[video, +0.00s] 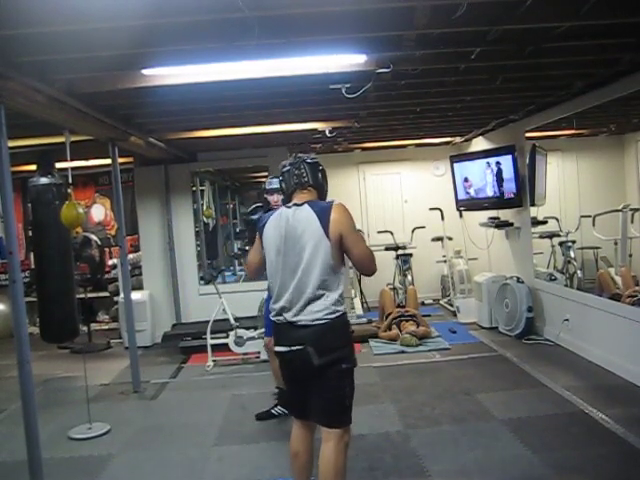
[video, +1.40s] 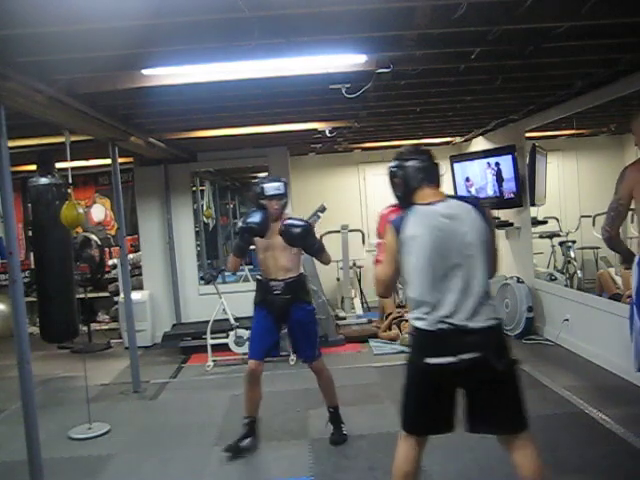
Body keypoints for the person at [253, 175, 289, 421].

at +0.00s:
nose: (273, 199)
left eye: (277, 194)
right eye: (269, 194)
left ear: (289, 195)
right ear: (264, 197)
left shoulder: (301, 218)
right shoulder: (266, 221)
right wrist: (255, 229)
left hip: (302, 289)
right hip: (276, 288)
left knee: (302, 343)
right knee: (271, 343)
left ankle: (308, 397)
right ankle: (284, 397)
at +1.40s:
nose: (276, 204)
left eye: (280, 199)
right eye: (271, 200)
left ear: (286, 200)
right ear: (260, 202)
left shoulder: (297, 226)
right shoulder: (253, 229)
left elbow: (326, 259)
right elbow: (233, 265)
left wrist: (308, 240)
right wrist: (244, 236)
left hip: (297, 298)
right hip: (266, 299)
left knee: (315, 363)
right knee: (253, 368)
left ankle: (336, 421)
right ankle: (250, 433)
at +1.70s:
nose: (245, 203)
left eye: (249, 197)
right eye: (240, 197)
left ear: (255, 197)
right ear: (227, 198)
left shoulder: (265, 222)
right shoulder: (213, 228)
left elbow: (293, 257)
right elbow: (201, 273)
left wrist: (298, 243)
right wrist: (217, 244)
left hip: (264, 299)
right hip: (230, 301)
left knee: (272, 371)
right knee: (233, 376)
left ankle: (294, 423)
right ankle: (242, 438)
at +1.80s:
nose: (242, 202)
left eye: (246, 196)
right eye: (236, 196)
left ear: (250, 198)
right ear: (221, 196)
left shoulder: (258, 222)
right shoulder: (204, 226)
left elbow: (289, 258)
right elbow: (193, 271)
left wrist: (295, 242)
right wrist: (212, 243)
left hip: (257, 301)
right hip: (224, 303)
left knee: (261, 376)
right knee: (231, 377)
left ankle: (264, 453)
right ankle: (241, 438)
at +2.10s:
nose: (241, 202)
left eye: (243, 196)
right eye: (235, 196)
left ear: (243, 198)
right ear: (217, 196)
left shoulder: (249, 225)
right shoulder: (195, 228)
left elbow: (276, 264)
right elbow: (184, 277)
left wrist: (290, 248)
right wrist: (209, 246)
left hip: (246, 311)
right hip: (209, 312)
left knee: (245, 393)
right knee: (201, 394)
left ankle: (242, 464)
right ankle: (209, 444)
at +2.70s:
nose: (263, 206)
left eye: (264, 200)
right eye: (259, 199)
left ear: (241, 197)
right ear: (240, 196)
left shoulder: (248, 225)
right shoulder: (207, 228)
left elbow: (271, 256)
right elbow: (215, 282)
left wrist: (303, 250)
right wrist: (250, 248)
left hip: (252, 323)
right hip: (221, 329)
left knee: (287, 400)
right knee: (221, 418)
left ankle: (270, 471)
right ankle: (205, 477)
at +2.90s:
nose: (286, 209)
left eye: (286, 202)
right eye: (282, 201)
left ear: (264, 198)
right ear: (265, 197)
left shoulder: (270, 226)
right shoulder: (224, 224)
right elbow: (225, 279)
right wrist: (268, 248)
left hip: (262, 324)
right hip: (231, 328)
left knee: (297, 403)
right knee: (229, 421)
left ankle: (298, 472)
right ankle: (207, 476)